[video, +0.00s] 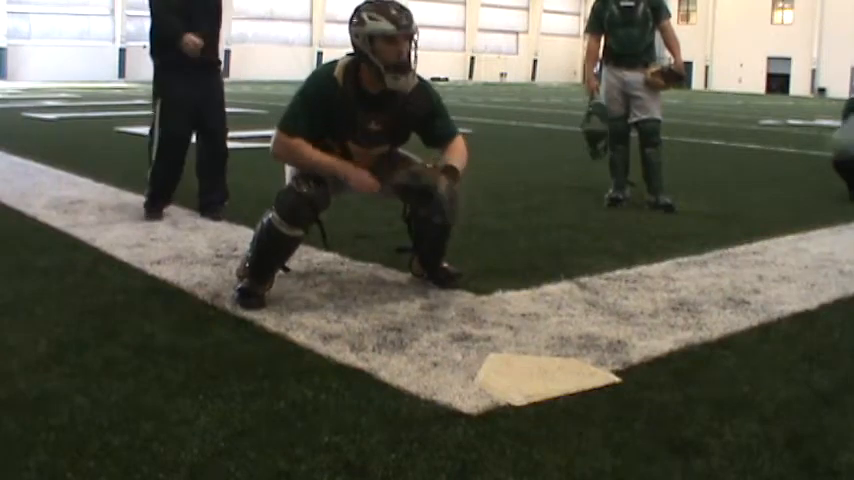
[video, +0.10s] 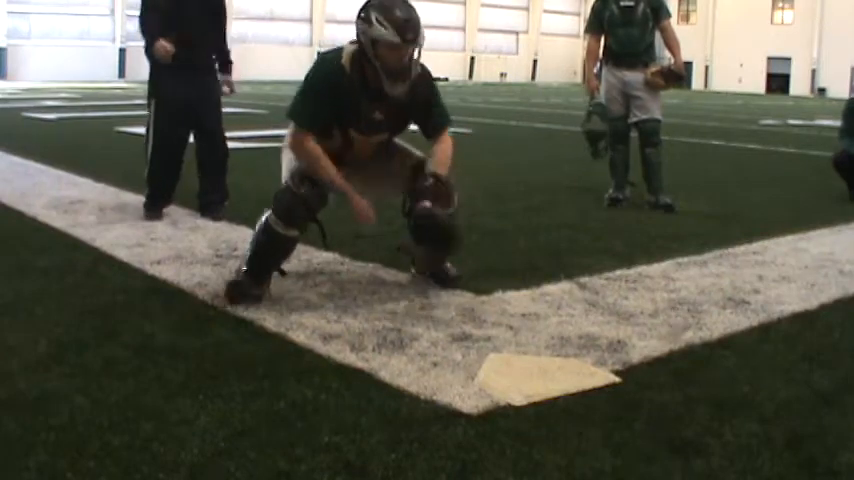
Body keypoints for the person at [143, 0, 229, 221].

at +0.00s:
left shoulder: (212, 4)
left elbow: (212, 21)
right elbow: (160, 15)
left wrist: (203, 39)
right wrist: (180, 36)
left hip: (208, 66)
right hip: (174, 66)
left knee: (214, 138)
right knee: (173, 137)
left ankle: (212, 205)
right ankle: (156, 202)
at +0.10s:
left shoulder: (215, 4)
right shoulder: (154, 3)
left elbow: (218, 27)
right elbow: (147, 15)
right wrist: (154, 40)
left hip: (203, 68)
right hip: (168, 67)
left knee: (213, 141)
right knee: (167, 140)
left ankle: (212, 205)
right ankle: (155, 202)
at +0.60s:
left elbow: (221, 17)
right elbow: (133, 14)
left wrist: (226, 55)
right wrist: (121, 53)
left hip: (198, 66)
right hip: (160, 66)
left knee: (205, 138)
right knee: (160, 139)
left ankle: (211, 204)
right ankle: (154, 203)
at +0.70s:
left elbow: (218, 14)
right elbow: (132, 14)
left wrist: (216, 54)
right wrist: (128, 54)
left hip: (196, 63)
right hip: (158, 62)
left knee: (202, 137)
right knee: (158, 137)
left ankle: (211, 203)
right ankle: (154, 202)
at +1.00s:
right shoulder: (130, 3)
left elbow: (206, 17)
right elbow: (122, 20)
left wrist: (188, 43)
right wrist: (136, 46)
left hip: (184, 63)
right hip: (147, 64)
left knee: (195, 134)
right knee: (151, 136)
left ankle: (211, 203)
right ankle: (154, 201)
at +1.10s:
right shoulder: (127, 3)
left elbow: (204, 17)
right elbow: (117, 22)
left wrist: (190, 43)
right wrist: (129, 47)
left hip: (182, 64)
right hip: (146, 65)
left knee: (194, 135)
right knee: (150, 138)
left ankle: (211, 203)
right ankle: (154, 200)